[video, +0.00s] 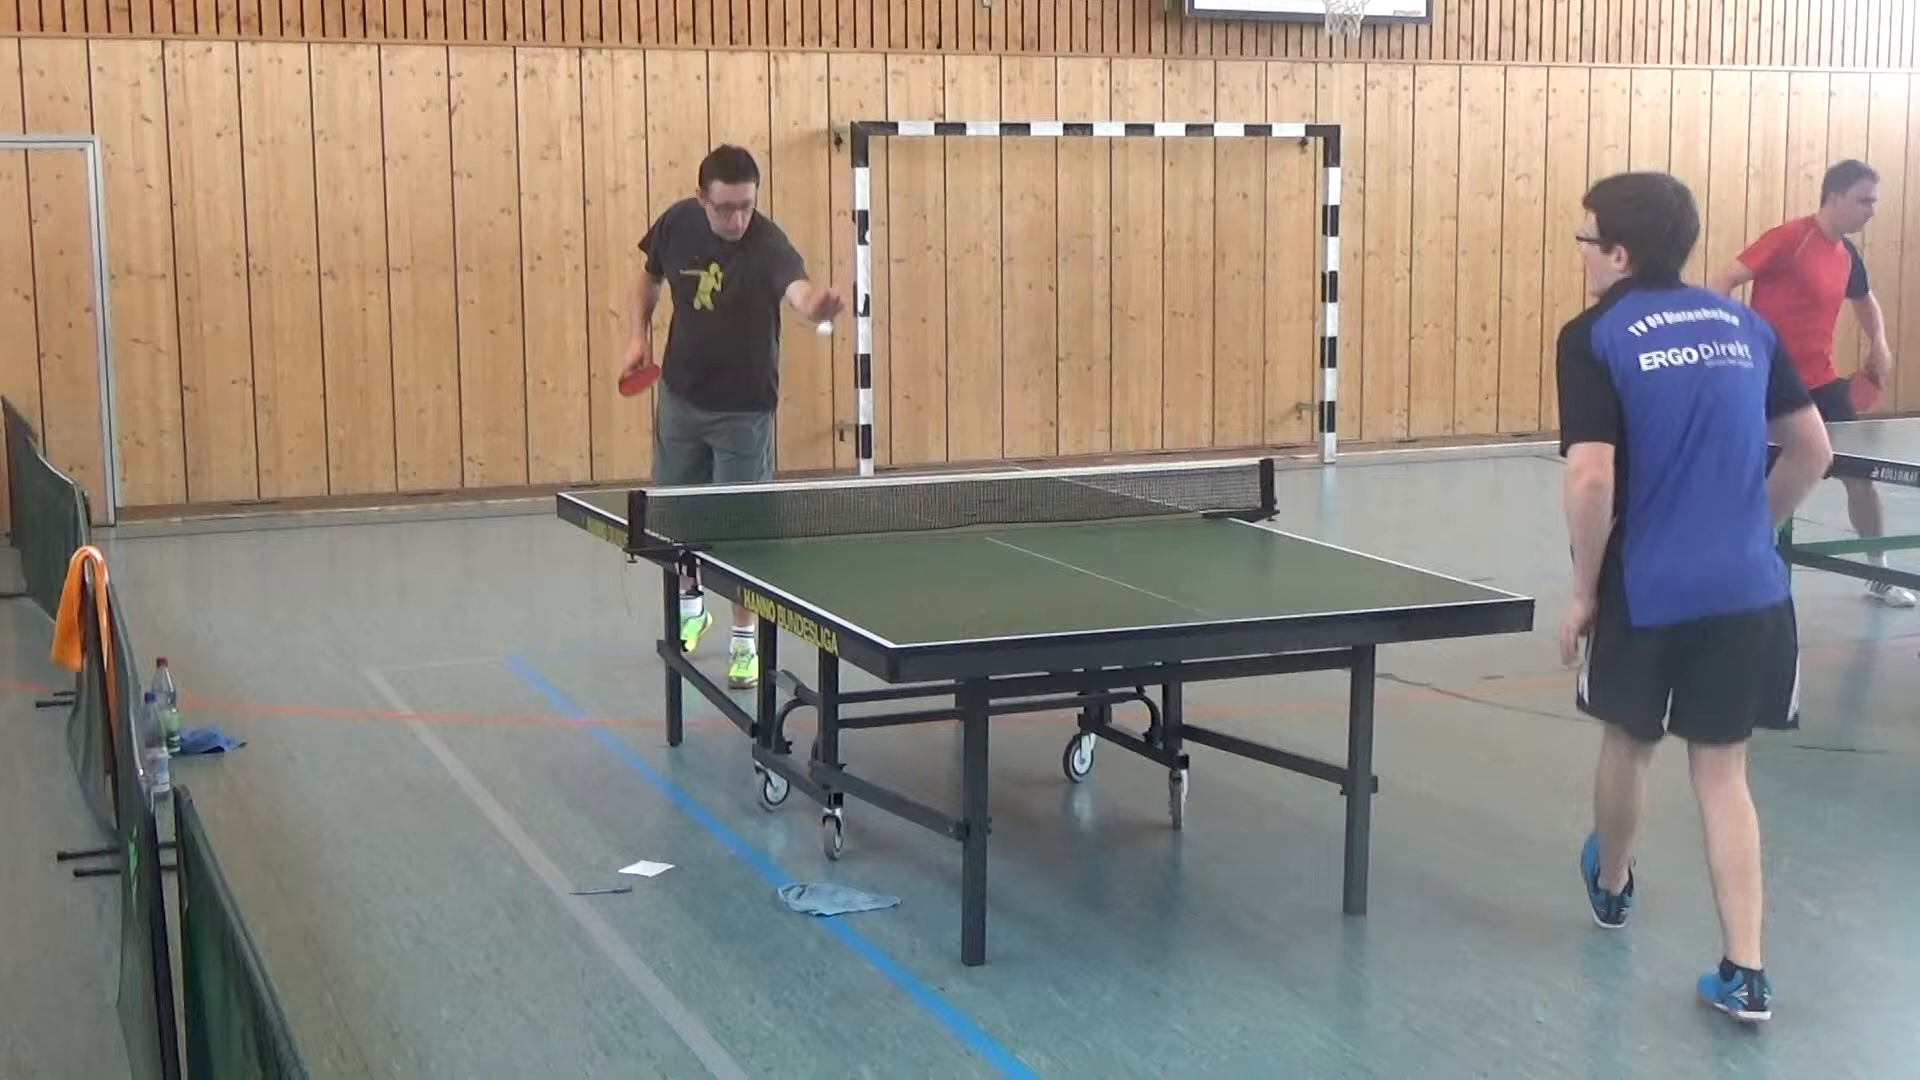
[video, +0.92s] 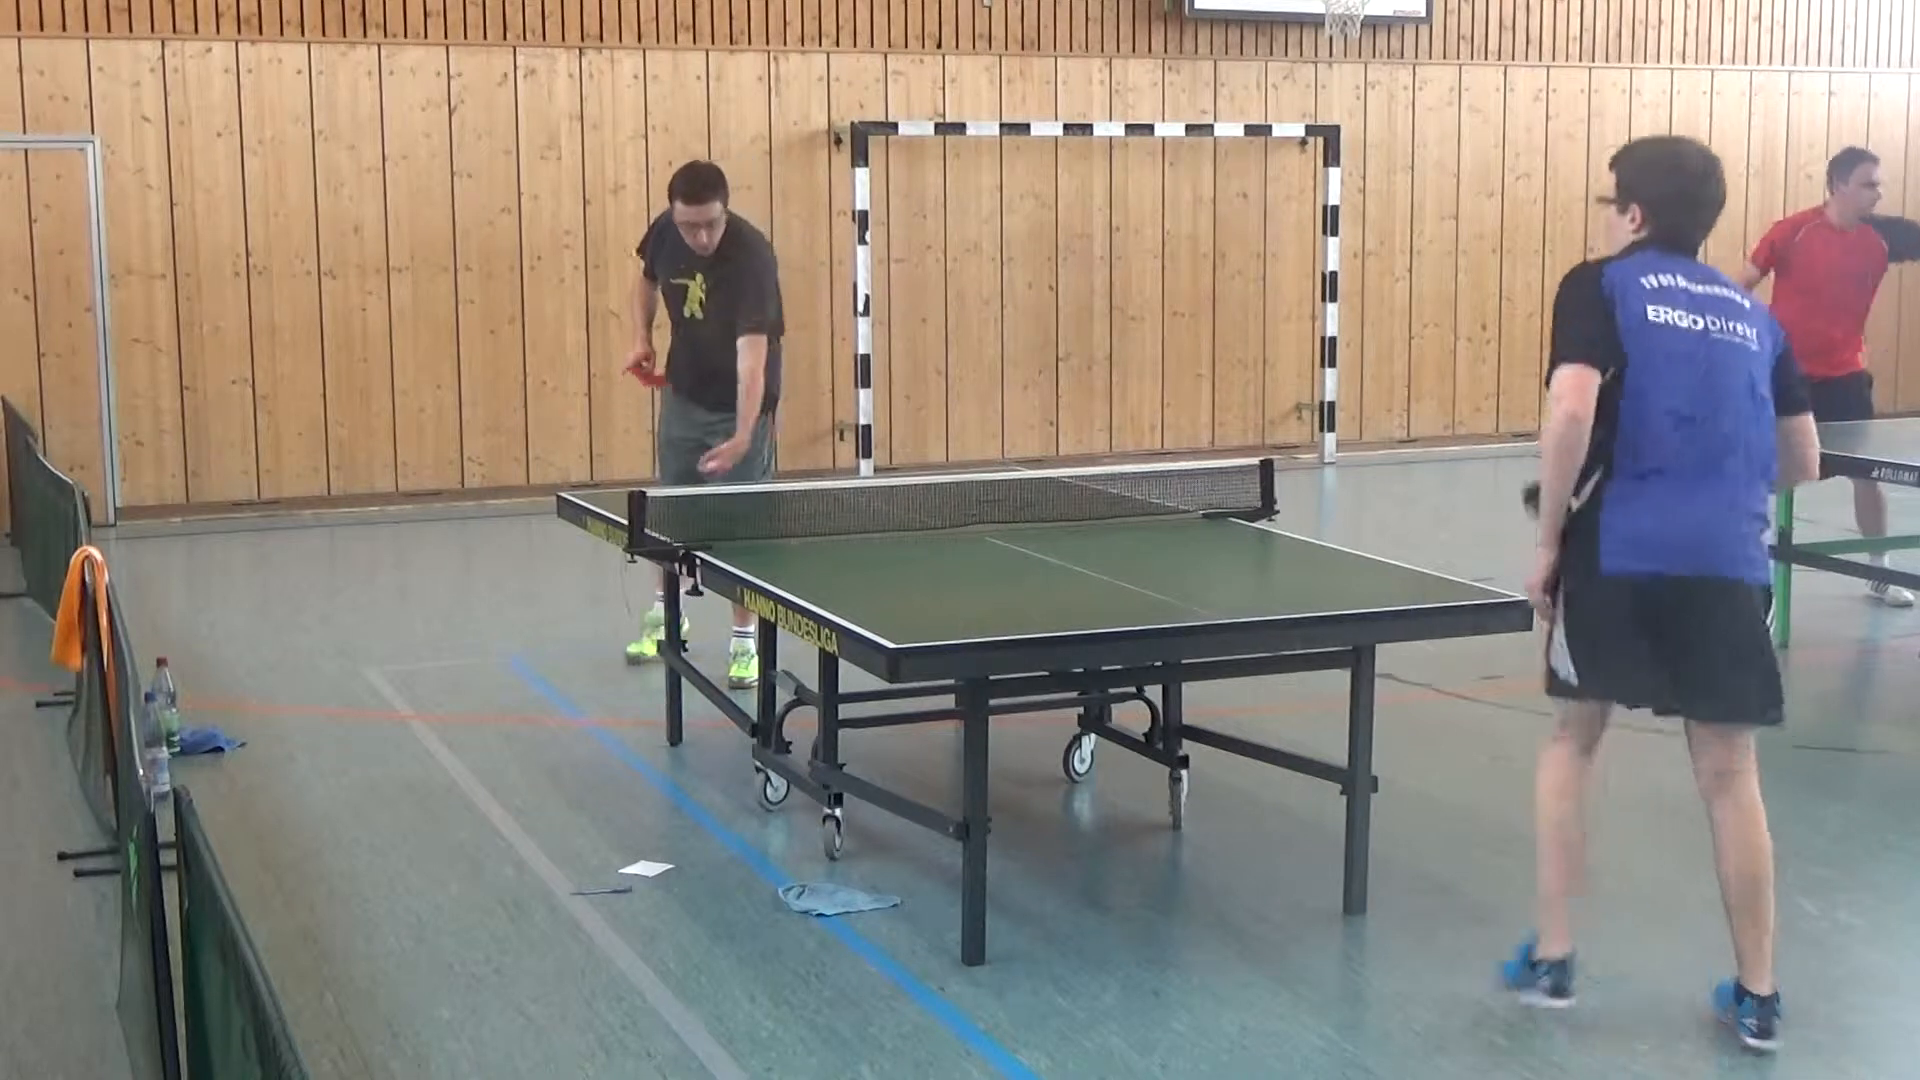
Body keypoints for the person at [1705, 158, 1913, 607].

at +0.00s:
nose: (1871, 211)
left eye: (1874, 202)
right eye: (1865, 201)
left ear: (1846, 202)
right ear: (1834, 198)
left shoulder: (1846, 253)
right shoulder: (1787, 238)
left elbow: (1864, 302)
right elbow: (1720, 280)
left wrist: (1879, 344)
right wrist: (1721, 347)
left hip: (1825, 384)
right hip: (1775, 388)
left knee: (1859, 473)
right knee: (1770, 482)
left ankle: (1879, 573)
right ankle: (1750, 571)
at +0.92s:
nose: (1876, 194)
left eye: (1878, 186)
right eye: (1868, 185)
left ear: (1870, 190)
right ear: (1837, 185)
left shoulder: (1876, 245)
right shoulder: (1789, 233)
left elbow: (1860, 304)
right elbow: (1742, 284)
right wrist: (1721, 335)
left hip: (1846, 376)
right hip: (1786, 376)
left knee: (1867, 474)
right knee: (1768, 469)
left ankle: (1879, 574)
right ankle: (1753, 568)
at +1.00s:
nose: (1864, 189)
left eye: (1866, 181)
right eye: (1854, 181)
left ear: (1866, 185)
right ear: (1827, 183)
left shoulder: (1877, 235)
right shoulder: (1786, 230)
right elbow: (1747, 283)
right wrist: (1723, 328)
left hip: (1847, 375)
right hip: (1785, 372)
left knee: (1866, 474)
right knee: (1761, 465)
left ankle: (1880, 573)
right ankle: (1740, 557)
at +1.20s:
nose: (1827, 182)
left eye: (1832, 174)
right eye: (1817, 174)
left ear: (1838, 179)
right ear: (1794, 180)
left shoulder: (1856, 231)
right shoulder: (1767, 230)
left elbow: (1909, 259)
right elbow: (1746, 281)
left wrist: (1909, 252)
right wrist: (1727, 333)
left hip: (1837, 379)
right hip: (1774, 375)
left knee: (1858, 475)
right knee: (1733, 470)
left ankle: (1881, 570)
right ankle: (1684, 556)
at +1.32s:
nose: (1801, 184)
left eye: (1807, 176)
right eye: (1791, 176)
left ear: (1815, 182)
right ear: (1771, 183)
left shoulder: (1834, 235)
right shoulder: (1744, 234)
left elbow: (1889, 287)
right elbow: (1728, 281)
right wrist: (1722, 324)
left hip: (1820, 384)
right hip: (1755, 382)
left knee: (1849, 476)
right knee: (1720, 473)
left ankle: (1880, 570)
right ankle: (1690, 562)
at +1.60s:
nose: (1784, 165)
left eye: (1790, 158)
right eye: (1774, 157)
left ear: (1798, 164)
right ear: (1753, 163)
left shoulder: (1816, 218)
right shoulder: (1720, 216)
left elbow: (1850, 282)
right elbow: (1688, 271)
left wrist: (1820, 316)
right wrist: (1662, 332)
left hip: (1799, 367)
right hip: (1734, 365)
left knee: (1824, 467)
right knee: (1701, 463)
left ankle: (1842, 567)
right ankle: (1660, 552)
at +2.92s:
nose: (1773, 188)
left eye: (1776, 180)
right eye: (1764, 179)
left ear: (1771, 185)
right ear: (1734, 183)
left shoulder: (1777, 241)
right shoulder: (1688, 227)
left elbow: (1790, 301)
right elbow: (1633, 268)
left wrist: (1771, 335)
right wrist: (1599, 323)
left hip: (1750, 380)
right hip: (1689, 380)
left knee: (1783, 474)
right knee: (1659, 473)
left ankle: (1817, 570)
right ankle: (1610, 567)